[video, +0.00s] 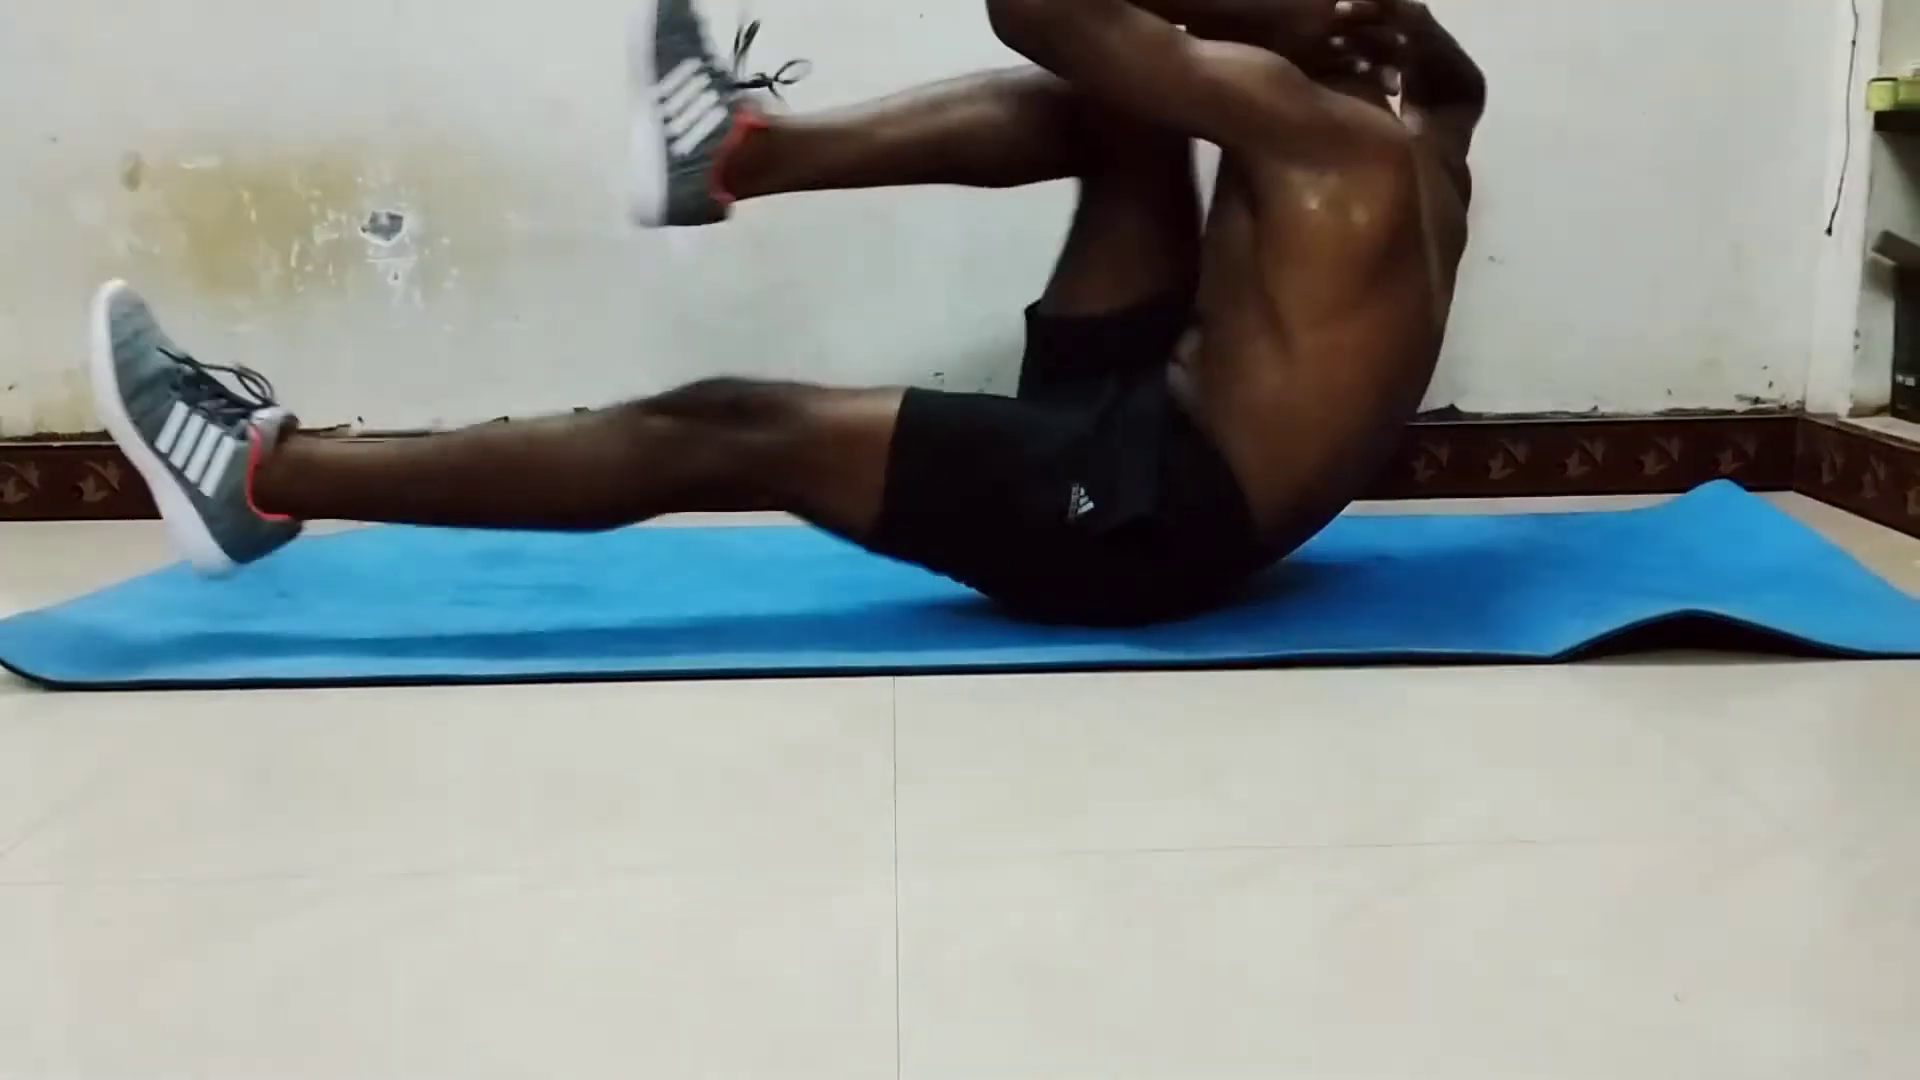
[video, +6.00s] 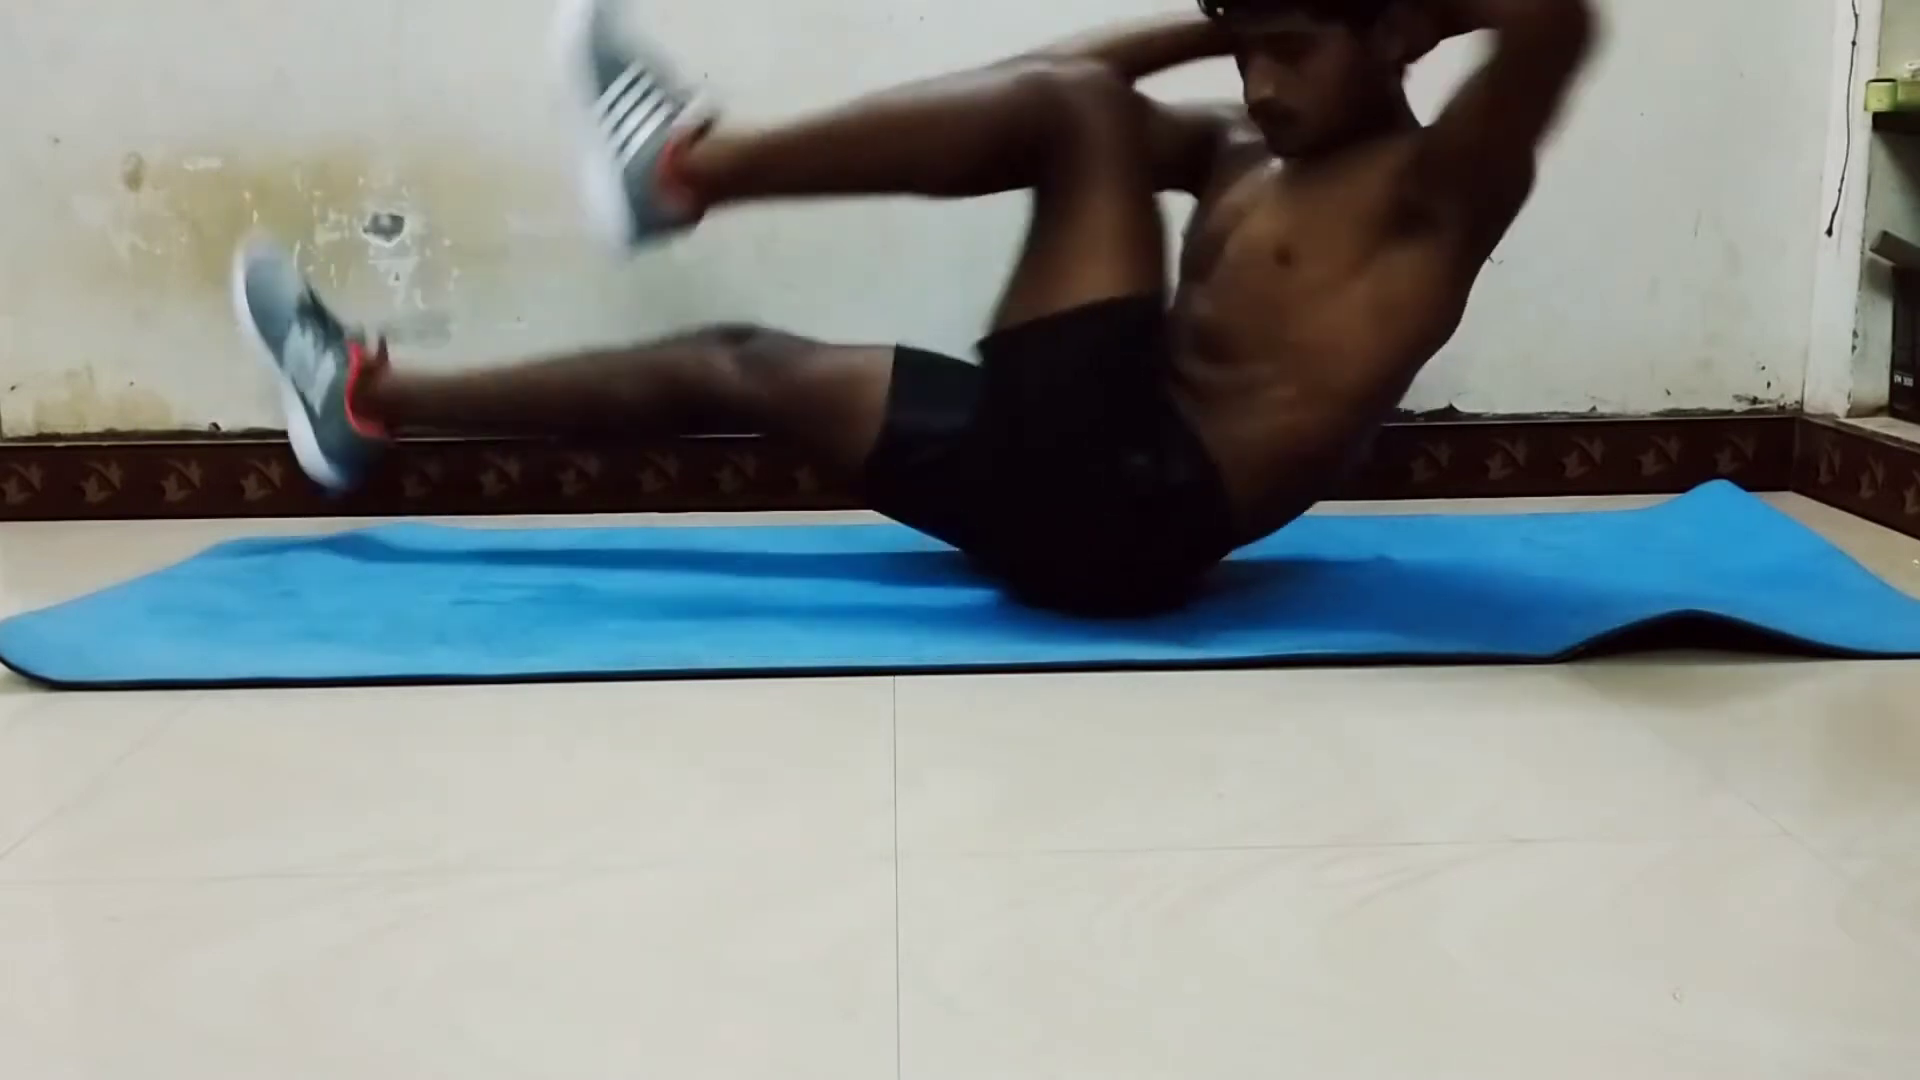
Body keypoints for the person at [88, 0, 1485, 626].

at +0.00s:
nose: (1233, 31)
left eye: (1248, 20)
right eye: (1247, 19)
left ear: (1321, 34)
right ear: (1372, 43)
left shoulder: (1329, 115)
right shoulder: (1407, 137)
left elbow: (1081, 53)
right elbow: (1149, 82)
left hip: (1131, 507)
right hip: (1148, 432)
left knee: (720, 429)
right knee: (1118, 111)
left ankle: (260, 474)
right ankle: (739, 155)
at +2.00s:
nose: (1264, 59)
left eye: (1286, 32)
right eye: (1309, 29)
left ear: (1336, 45)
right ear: (1368, 53)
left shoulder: (1356, 142)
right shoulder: (1372, 163)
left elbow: (1097, 13)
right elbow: (1128, 25)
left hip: (1127, 510)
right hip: (1137, 423)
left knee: (739, 354)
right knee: (1040, 115)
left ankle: (303, 410)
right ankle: (644, 125)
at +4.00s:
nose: (1468, 52)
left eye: (1448, 32)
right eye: (1450, 31)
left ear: (1405, 64)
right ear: (1407, 62)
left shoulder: (1438, 204)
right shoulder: (1396, 204)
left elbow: (1242, 44)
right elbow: (1248, 47)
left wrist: (1389, 26)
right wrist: (1376, 31)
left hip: (1159, 515)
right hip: (1140, 482)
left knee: (864, 193)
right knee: (862, 187)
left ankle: (487, 332)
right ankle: (495, 281)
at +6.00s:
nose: (1252, 83)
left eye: (1283, 54)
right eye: (1245, 60)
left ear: (1381, 51)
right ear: (1264, 60)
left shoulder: (1440, 185)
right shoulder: (1239, 165)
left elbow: (1561, 33)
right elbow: (1078, 100)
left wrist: (1431, 42)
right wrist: (1218, 37)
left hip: (1136, 505)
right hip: (1054, 459)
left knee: (1073, 110)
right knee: (738, 370)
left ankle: (689, 174)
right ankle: (373, 411)